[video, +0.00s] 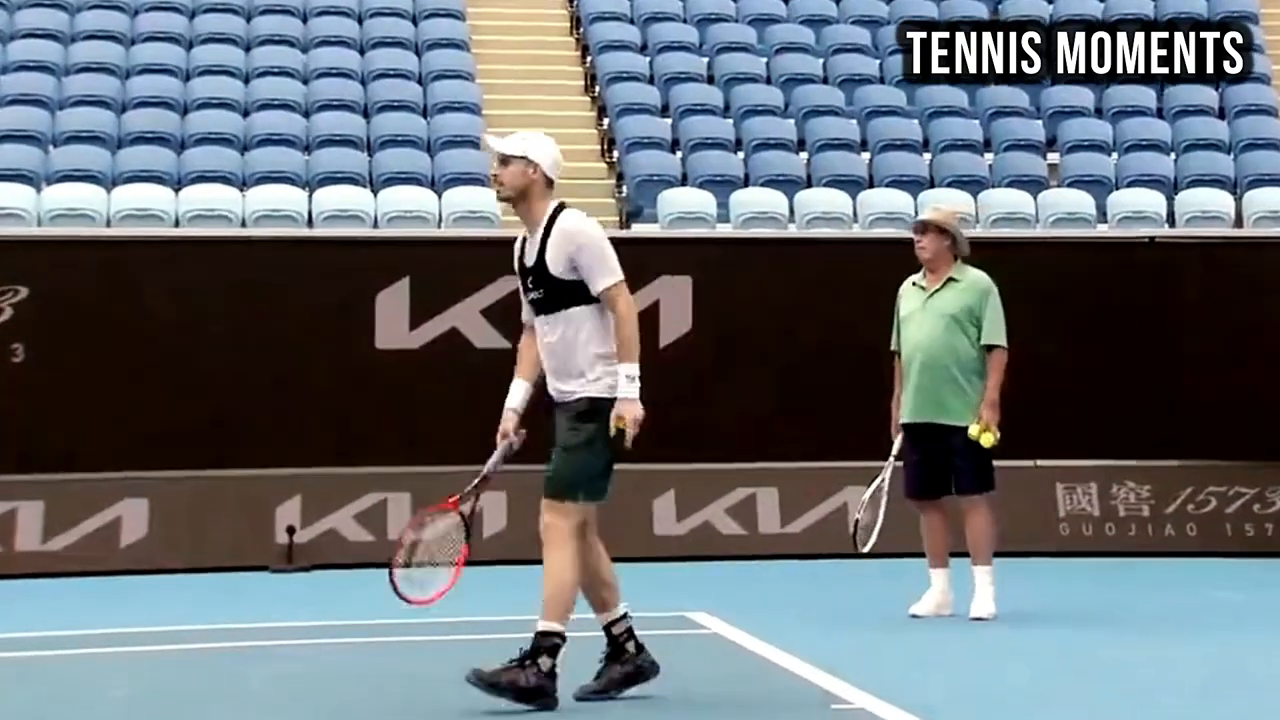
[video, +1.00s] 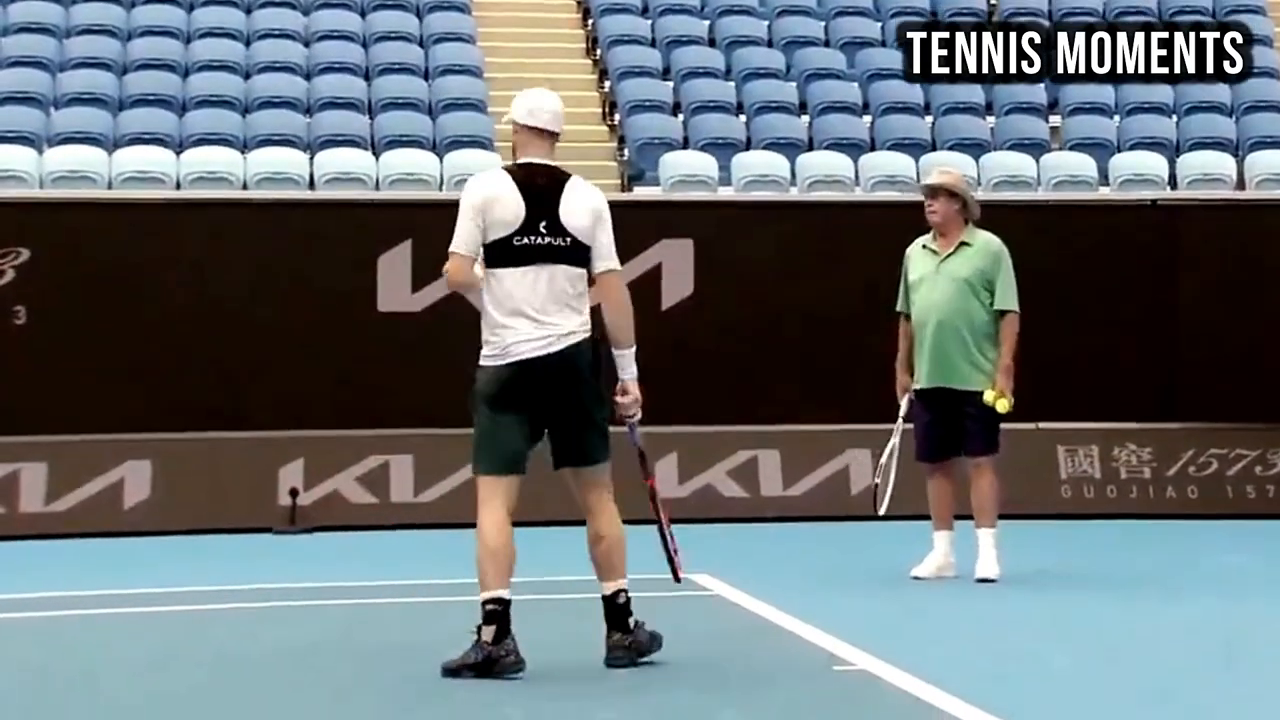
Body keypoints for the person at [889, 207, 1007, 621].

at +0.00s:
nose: (916, 240)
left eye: (924, 233)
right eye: (916, 234)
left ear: (948, 240)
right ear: (920, 243)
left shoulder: (979, 285)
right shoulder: (908, 289)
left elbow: (997, 349)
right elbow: (900, 356)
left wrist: (991, 399)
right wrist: (898, 408)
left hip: (965, 414)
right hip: (918, 414)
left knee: (973, 499)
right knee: (928, 502)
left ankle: (983, 588)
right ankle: (939, 589)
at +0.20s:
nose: (913, 236)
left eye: (921, 230)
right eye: (912, 231)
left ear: (944, 235)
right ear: (914, 239)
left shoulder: (975, 280)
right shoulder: (904, 285)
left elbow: (992, 343)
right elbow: (897, 354)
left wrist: (985, 393)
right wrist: (895, 410)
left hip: (962, 409)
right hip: (916, 409)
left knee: (971, 494)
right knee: (927, 497)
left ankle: (982, 582)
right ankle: (939, 585)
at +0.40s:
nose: (911, 233)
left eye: (919, 226)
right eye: (910, 227)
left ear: (943, 230)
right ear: (914, 234)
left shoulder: (974, 274)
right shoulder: (904, 281)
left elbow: (992, 337)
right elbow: (897, 349)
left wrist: (987, 389)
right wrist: (892, 403)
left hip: (962, 404)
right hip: (916, 405)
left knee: (971, 489)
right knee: (927, 492)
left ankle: (981, 577)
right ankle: (939, 579)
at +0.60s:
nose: (913, 225)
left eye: (921, 218)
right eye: (912, 219)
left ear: (945, 223)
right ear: (916, 227)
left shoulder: (977, 267)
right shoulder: (906, 274)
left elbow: (995, 330)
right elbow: (898, 342)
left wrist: (992, 382)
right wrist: (893, 395)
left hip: (965, 396)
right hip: (917, 397)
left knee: (972, 481)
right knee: (928, 484)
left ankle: (983, 568)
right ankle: (939, 571)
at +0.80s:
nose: (921, 218)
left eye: (929, 211)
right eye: (919, 212)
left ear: (952, 216)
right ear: (918, 219)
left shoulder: (982, 261)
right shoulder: (909, 267)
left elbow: (1002, 325)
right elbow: (901, 334)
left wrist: (997, 378)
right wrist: (896, 387)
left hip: (969, 389)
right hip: (921, 390)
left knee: (975, 475)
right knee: (931, 478)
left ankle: (985, 563)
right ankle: (941, 565)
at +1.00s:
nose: (930, 205)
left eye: (938, 198)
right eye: (928, 198)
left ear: (960, 203)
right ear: (926, 205)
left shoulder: (991, 249)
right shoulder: (915, 252)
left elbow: (1009, 314)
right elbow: (906, 318)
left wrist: (1005, 368)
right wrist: (903, 370)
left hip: (977, 377)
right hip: (928, 377)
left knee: (980, 463)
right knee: (936, 465)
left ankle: (986, 550)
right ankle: (942, 551)